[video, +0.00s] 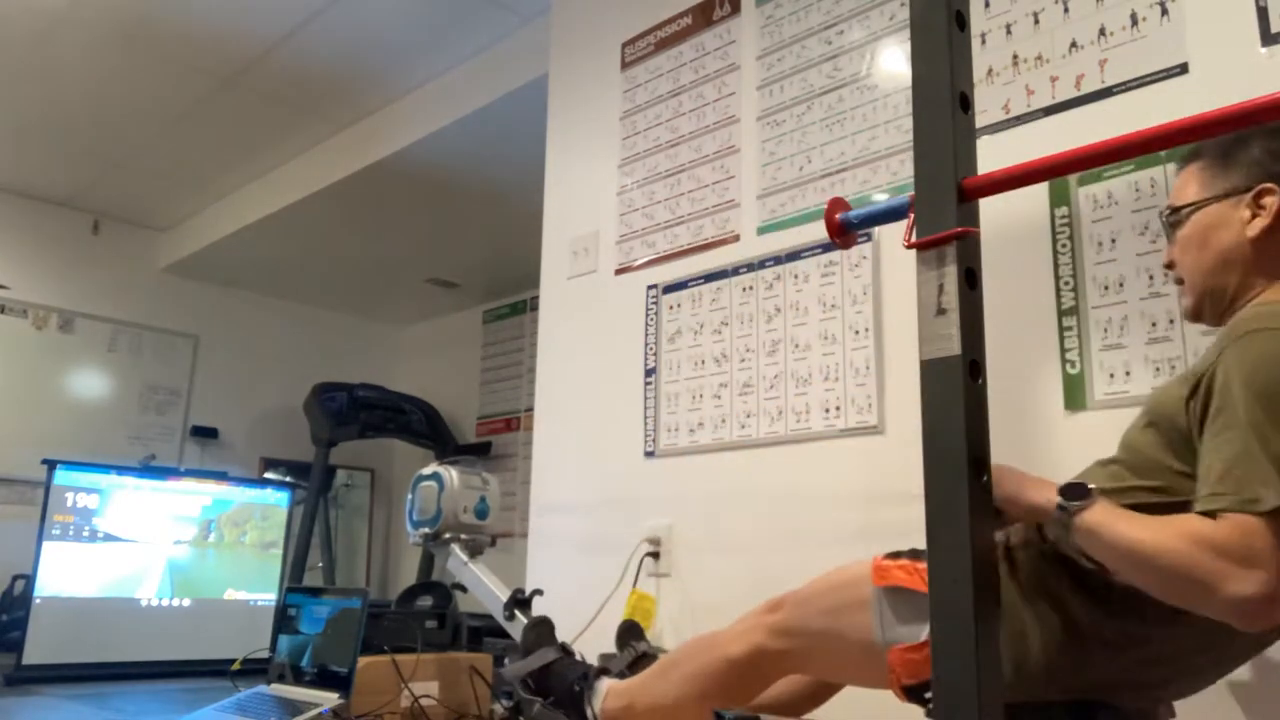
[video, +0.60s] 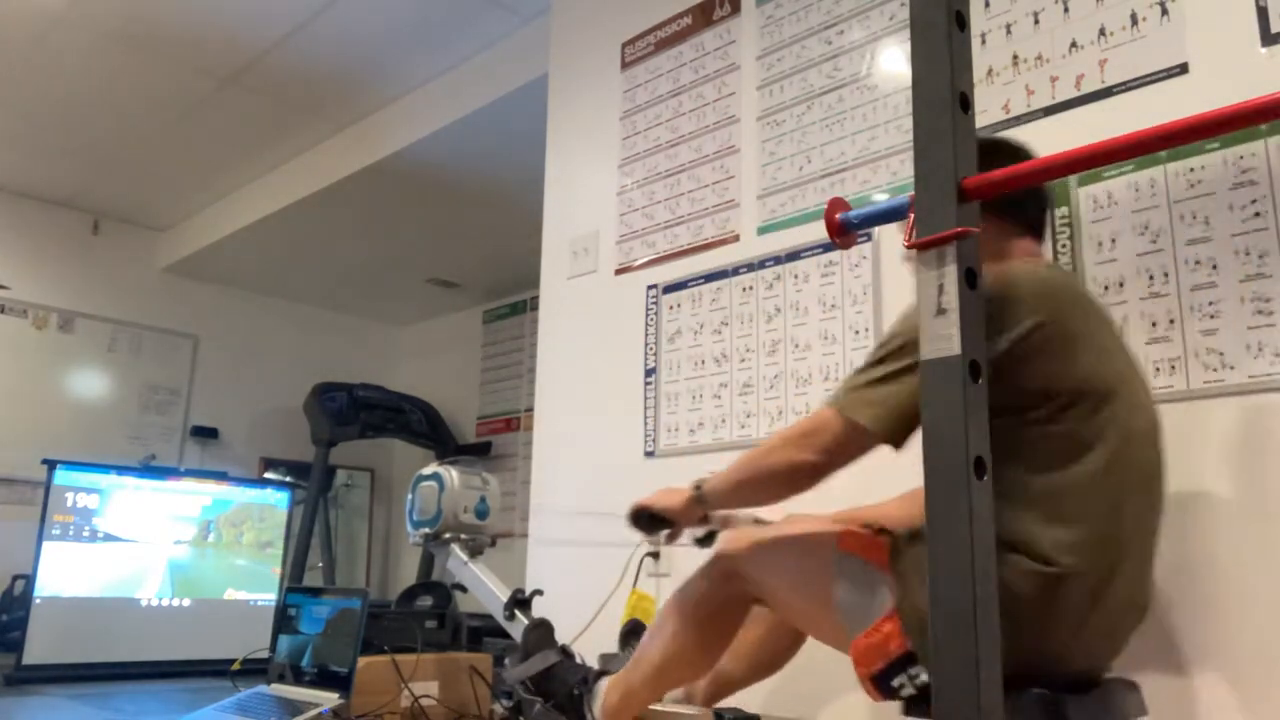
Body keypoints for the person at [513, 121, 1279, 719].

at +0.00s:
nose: (1166, 252)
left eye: (1180, 221)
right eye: (1168, 227)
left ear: (1261, 214)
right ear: (1257, 220)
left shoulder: (1264, 337)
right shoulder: (1249, 342)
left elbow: (1250, 582)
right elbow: (1222, 550)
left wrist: (1057, 505)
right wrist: (1046, 508)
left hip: (1064, 619)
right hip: (1097, 634)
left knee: (783, 624)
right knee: (828, 650)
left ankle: (607, 705)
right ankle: (680, 712)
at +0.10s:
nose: (1155, 249)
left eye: (1169, 219)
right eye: (1157, 225)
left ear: (1246, 214)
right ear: (1246, 219)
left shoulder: (1250, 339)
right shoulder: (1251, 335)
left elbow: (1182, 575)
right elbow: (1194, 562)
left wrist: (1009, 519)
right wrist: (1017, 521)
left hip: (1071, 627)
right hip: (1097, 631)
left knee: (784, 620)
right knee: (826, 637)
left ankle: (606, 702)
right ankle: (667, 707)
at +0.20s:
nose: (1126, 246)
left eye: (1138, 216)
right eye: (1129, 223)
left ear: (1216, 210)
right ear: (1221, 213)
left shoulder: (1217, 341)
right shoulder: (1264, 333)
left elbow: (1116, 554)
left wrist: (933, 510)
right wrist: (957, 527)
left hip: (1048, 640)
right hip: (1118, 654)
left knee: (774, 617)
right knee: (829, 632)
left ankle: (608, 704)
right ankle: (683, 709)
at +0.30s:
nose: (1079, 237)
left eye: (1092, 208)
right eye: (1079, 215)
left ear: (1166, 200)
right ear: (1178, 203)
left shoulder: (1174, 324)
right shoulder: (1260, 319)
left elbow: (1053, 513)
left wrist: (887, 498)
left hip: (1050, 639)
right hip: (1125, 647)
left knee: (772, 609)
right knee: (828, 625)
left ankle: (607, 704)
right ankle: (676, 706)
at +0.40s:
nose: (1029, 233)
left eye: (1039, 204)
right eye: (1029, 210)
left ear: (1103, 192)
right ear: (1126, 197)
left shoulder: (1116, 306)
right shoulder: (1199, 302)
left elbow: (976, 473)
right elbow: (1040, 491)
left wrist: (821, 489)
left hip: (1057, 628)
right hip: (1123, 631)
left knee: (768, 598)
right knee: (832, 608)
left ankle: (607, 710)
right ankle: (679, 709)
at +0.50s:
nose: (968, 220)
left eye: (981, 195)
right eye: (972, 199)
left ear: (1036, 195)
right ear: (1055, 198)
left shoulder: (1052, 294)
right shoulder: (1131, 297)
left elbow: (882, 453)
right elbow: (1042, 521)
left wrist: (755, 491)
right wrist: (881, 516)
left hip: (1036, 624)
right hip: (1102, 626)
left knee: (756, 583)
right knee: (833, 569)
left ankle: (610, 705)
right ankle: (697, 697)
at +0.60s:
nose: (912, 245)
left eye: (923, 220)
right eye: (914, 222)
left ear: (970, 218)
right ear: (1024, 222)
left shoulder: (984, 298)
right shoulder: (1071, 309)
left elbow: (818, 449)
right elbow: (952, 501)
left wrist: (694, 497)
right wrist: (775, 531)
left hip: (1005, 625)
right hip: (1077, 630)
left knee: (739, 560)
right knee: (801, 572)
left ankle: (614, 702)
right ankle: (692, 699)